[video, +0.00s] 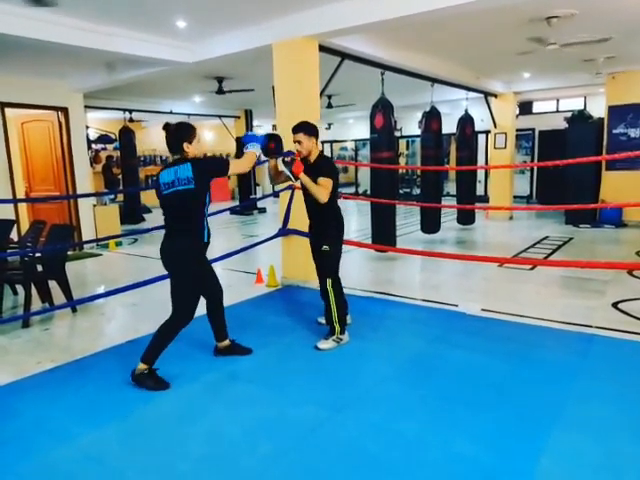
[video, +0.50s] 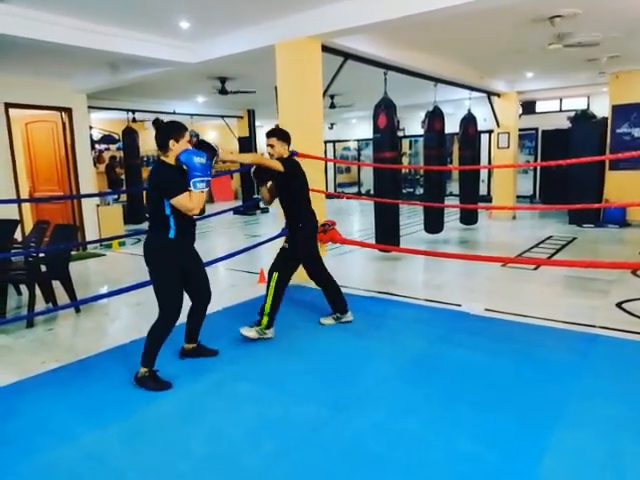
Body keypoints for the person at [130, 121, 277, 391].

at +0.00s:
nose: (199, 146)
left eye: (196, 141)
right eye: (196, 142)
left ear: (172, 146)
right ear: (187, 145)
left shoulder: (161, 176)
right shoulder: (202, 166)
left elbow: (163, 205)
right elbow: (245, 164)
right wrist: (254, 148)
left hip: (172, 248)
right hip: (189, 250)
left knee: (213, 291)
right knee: (183, 315)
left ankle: (223, 343)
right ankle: (143, 368)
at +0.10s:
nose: (196, 149)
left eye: (195, 145)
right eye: (193, 145)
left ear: (173, 148)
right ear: (181, 147)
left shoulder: (160, 175)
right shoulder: (193, 174)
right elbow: (230, 195)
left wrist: (208, 187)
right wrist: (231, 177)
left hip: (168, 250)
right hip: (184, 252)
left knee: (214, 292)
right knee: (187, 315)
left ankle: (225, 343)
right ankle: (147, 367)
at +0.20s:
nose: (194, 149)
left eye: (194, 145)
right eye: (191, 145)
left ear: (174, 148)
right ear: (179, 147)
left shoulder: (167, 173)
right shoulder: (179, 178)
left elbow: (194, 207)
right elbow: (208, 212)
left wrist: (204, 202)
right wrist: (214, 192)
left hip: (172, 251)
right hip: (170, 254)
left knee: (208, 294)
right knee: (176, 317)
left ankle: (224, 343)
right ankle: (144, 371)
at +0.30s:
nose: (192, 146)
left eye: (191, 141)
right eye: (189, 141)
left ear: (172, 144)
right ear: (176, 143)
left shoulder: (171, 170)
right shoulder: (171, 174)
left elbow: (196, 201)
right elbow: (200, 208)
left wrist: (204, 177)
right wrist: (204, 177)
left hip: (173, 248)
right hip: (163, 250)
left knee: (204, 291)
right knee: (169, 313)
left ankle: (217, 341)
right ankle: (144, 371)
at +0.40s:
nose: (190, 144)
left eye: (189, 140)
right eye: (186, 140)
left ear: (171, 142)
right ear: (173, 142)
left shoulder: (176, 168)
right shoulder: (164, 172)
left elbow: (195, 202)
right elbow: (196, 206)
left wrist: (201, 172)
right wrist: (201, 175)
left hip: (179, 246)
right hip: (159, 249)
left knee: (204, 291)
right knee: (166, 309)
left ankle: (192, 342)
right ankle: (144, 370)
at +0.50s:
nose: (189, 146)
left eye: (189, 141)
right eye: (186, 141)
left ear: (172, 144)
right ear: (172, 144)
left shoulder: (179, 170)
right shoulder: (162, 174)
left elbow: (197, 203)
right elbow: (194, 208)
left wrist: (202, 171)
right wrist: (201, 176)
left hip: (183, 246)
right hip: (163, 249)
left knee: (202, 296)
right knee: (171, 309)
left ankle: (191, 344)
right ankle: (145, 370)